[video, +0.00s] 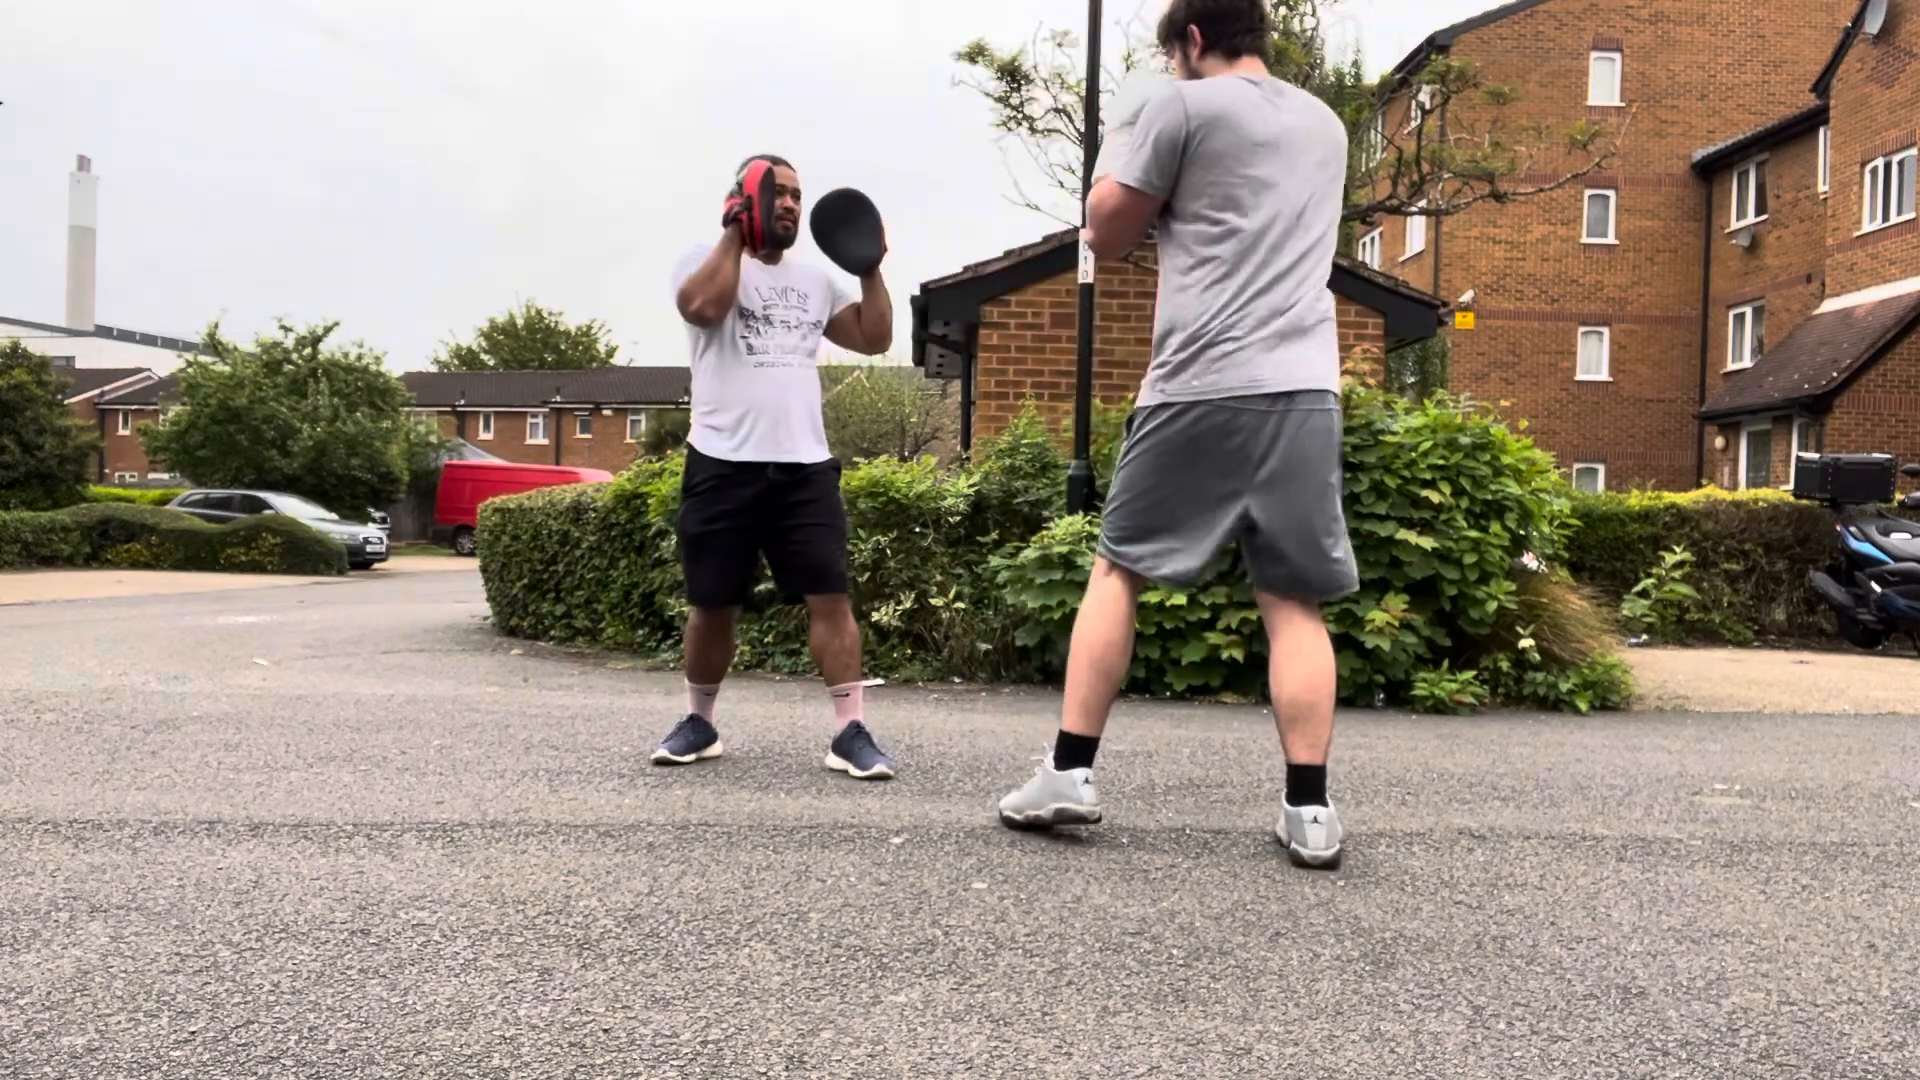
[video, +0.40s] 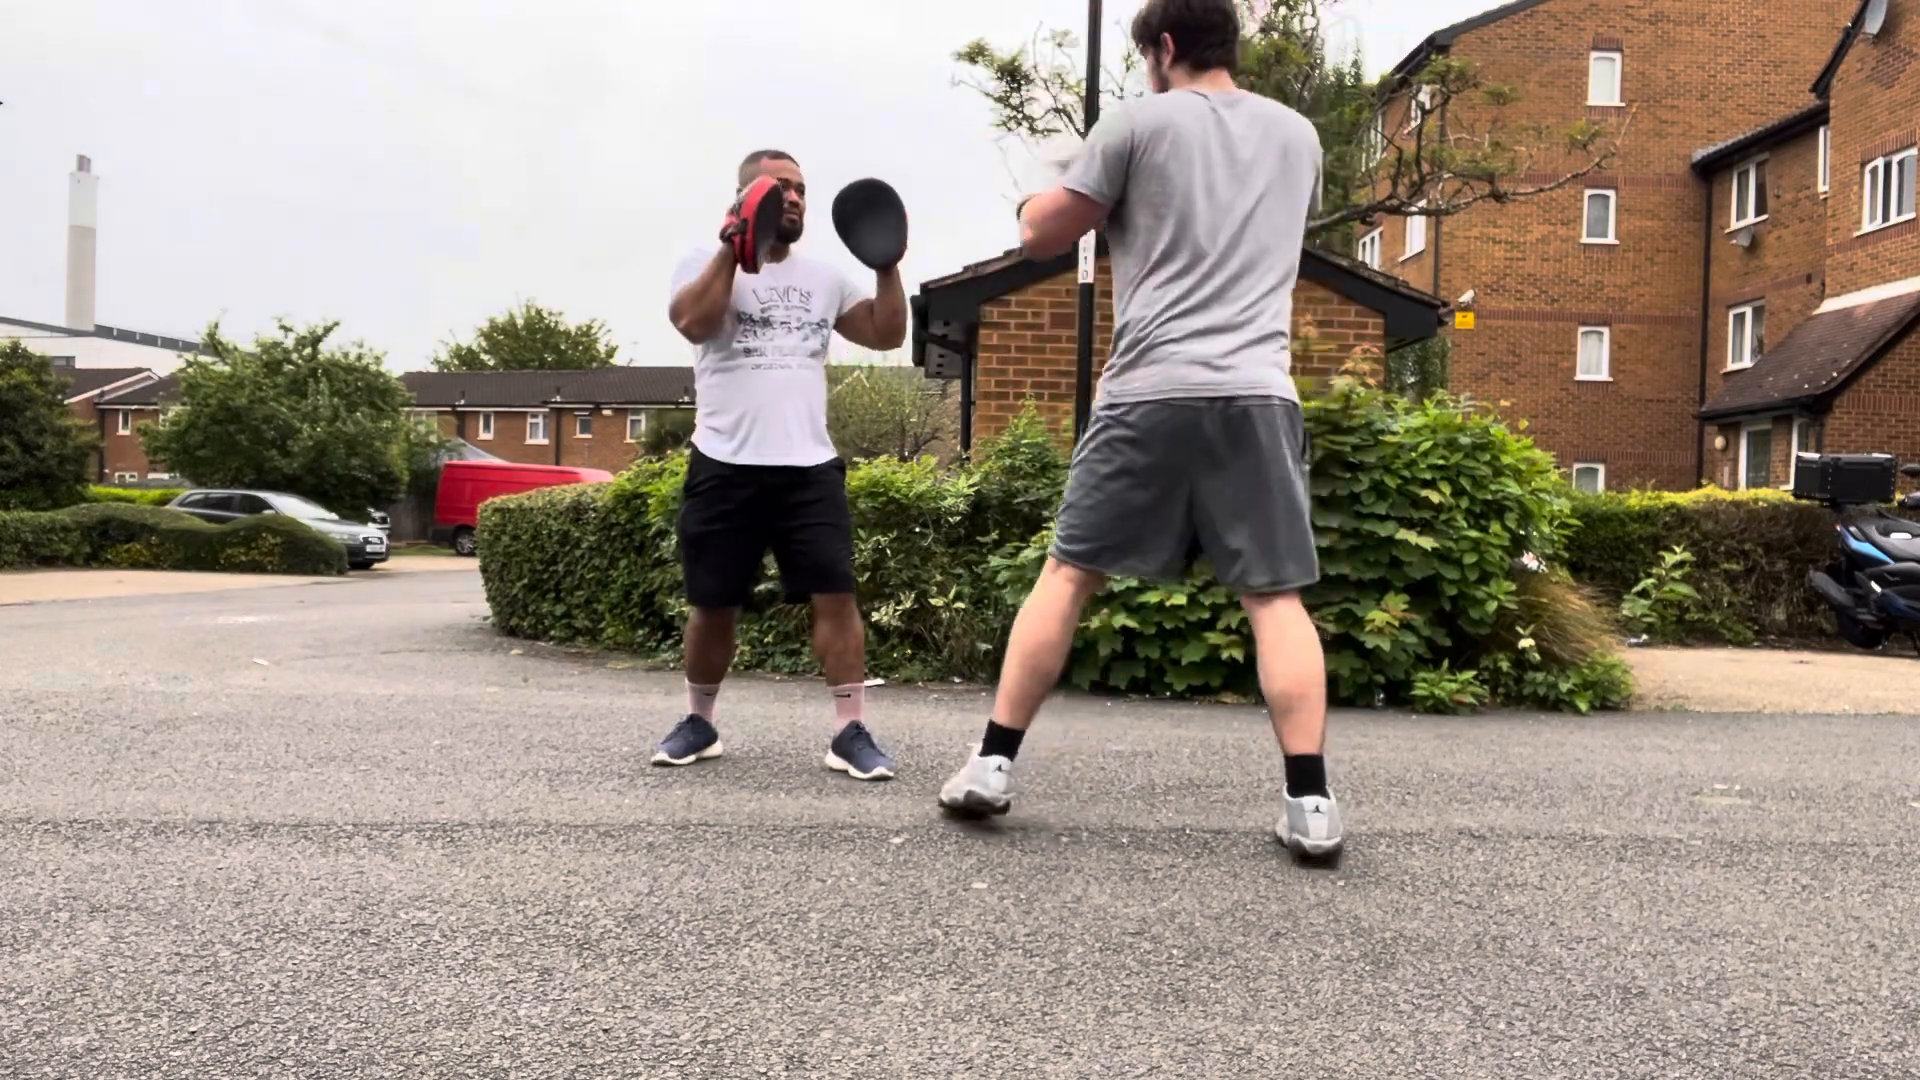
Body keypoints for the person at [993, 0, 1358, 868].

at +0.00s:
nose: (1172, 70)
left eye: (1170, 54)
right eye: (1170, 56)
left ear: (1194, 39)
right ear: (1260, 38)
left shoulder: (1183, 105)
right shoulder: (1326, 122)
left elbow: (1108, 233)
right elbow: (1276, 219)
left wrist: (1115, 174)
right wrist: (1147, 208)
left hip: (1194, 387)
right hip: (1304, 390)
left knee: (1117, 570)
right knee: (1294, 599)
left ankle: (1069, 775)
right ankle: (1310, 811)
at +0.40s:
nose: (1147, 74)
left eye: (1146, 59)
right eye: (1149, 60)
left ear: (1165, 48)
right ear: (1232, 47)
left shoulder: (1136, 120)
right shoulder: (1299, 134)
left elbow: (1043, 236)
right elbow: (1260, 226)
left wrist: (1049, 192)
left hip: (1148, 394)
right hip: (1259, 398)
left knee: (1068, 574)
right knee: (1276, 594)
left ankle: (993, 763)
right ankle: (1311, 803)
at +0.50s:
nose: (1097, 77)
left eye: (1098, 65)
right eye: (1104, 64)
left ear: (1114, 62)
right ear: (1185, 59)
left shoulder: (1077, 134)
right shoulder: (1253, 135)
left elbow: (970, 216)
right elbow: (1261, 268)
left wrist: (961, 178)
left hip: (1101, 394)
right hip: (1215, 394)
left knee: (1041, 575)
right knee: (1257, 592)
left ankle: (990, 772)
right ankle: (1310, 790)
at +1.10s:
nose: (1054, 73)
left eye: (1053, 58)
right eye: (1054, 57)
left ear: (1070, 51)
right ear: (1140, 40)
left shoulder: (1060, 134)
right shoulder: (1208, 129)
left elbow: (994, 262)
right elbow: (1178, 238)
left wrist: (988, 184)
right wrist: (1039, 191)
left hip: (1095, 396)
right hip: (1206, 386)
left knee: (1024, 576)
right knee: (1247, 580)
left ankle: (994, 777)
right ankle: (1338, 772)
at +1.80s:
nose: (973, 123)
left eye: (966, 106)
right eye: (969, 107)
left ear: (980, 98)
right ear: (1044, 81)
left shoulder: (1032, 165)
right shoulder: (1104, 142)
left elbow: (1059, 299)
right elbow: (1039, 262)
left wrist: (976, 366)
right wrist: (948, 254)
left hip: (1128, 400)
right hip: (1221, 387)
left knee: (1023, 579)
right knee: (1252, 585)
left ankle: (992, 786)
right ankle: (1345, 783)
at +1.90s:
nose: (982, 112)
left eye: (977, 99)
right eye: (981, 99)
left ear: (989, 94)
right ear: (1059, 77)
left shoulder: (1016, 171)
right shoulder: (1141, 141)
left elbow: (1021, 310)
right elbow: (1166, 264)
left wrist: (952, 383)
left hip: (1110, 404)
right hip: (1219, 386)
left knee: (1023, 579)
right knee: (1258, 586)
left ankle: (993, 785)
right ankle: (1345, 783)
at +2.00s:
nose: (1006, 106)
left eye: (1002, 93)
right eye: (1004, 93)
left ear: (1016, 86)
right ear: (1083, 64)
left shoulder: (1016, 166)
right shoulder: (1181, 125)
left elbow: (981, 319)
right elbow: (1225, 249)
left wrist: (944, 337)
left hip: (1105, 400)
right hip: (1217, 382)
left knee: (1032, 580)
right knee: (1265, 587)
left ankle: (995, 785)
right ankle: (1340, 785)